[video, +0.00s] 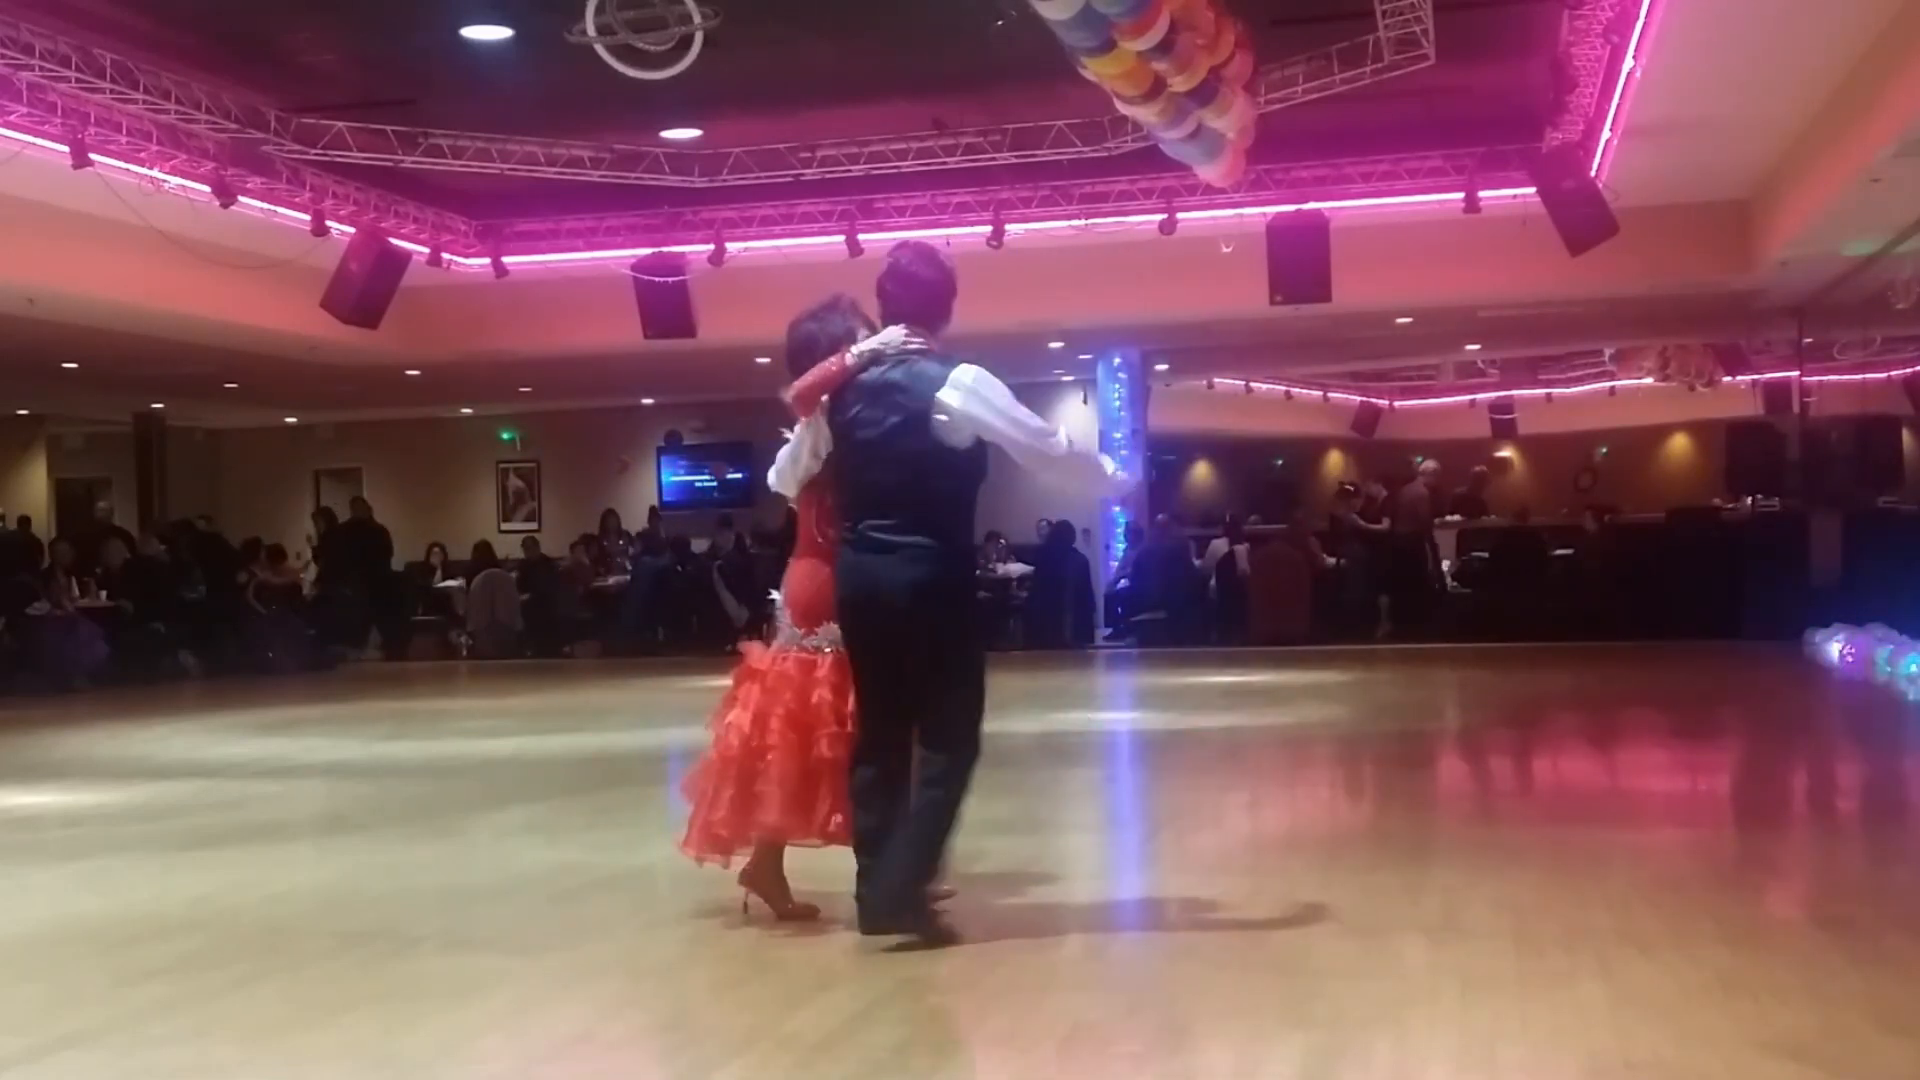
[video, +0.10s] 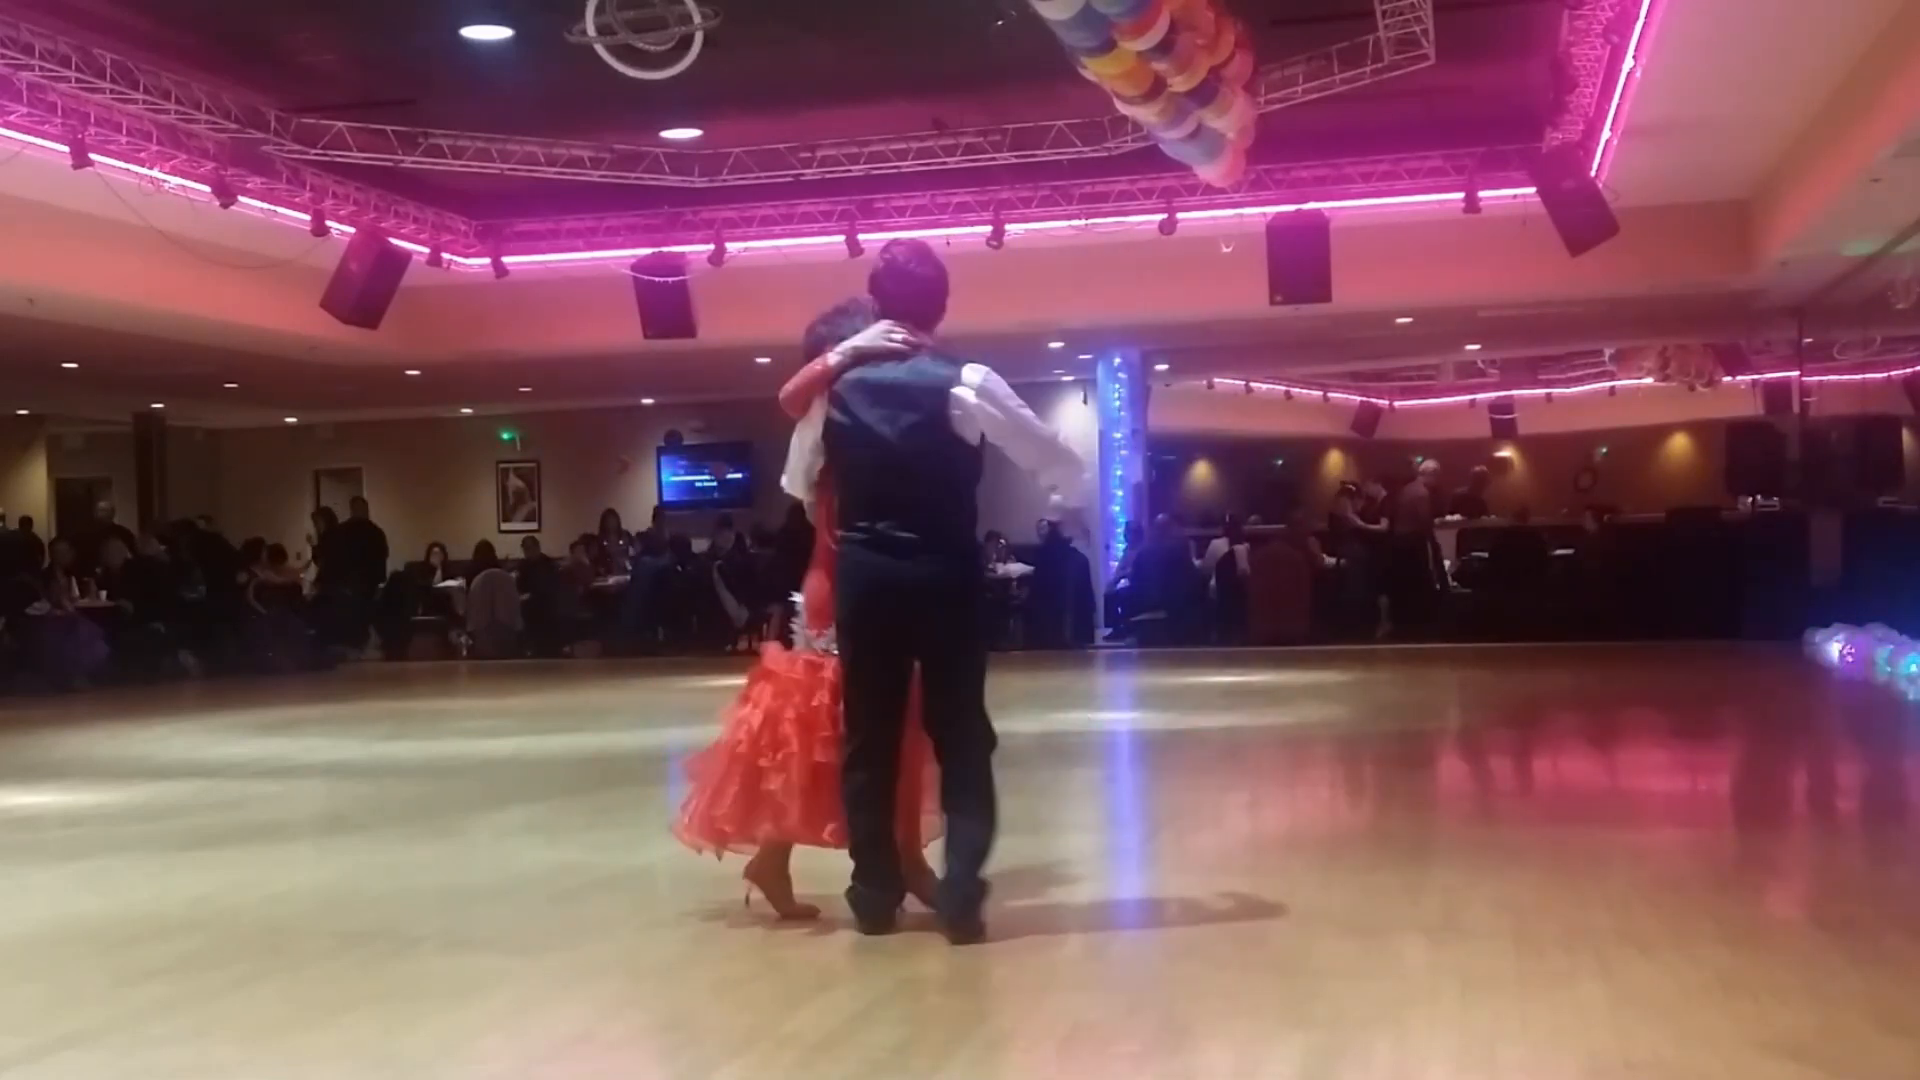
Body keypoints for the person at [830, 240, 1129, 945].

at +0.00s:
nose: (944, 316)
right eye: (946, 305)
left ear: (881, 305)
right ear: (947, 309)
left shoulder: (842, 389)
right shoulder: (962, 384)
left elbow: (785, 479)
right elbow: (1047, 446)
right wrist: (1111, 475)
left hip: (860, 571)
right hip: (932, 574)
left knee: (880, 730)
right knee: (952, 735)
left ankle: (880, 895)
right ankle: (901, 894)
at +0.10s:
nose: (930, 314)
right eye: (937, 302)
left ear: (875, 305)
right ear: (941, 308)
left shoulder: (837, 383)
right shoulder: (969, 383)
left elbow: (799, 481)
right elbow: (1052, 456)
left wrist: (844, 528)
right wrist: (1068, 500)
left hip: (866, 577)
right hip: (946, 578)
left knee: (869, 731)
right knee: (961, 728)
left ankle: (873, 897)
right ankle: (962, 895)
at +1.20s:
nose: (895, 311)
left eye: (902, 298)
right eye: (898, 297)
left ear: (930, 301)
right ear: (965, 303)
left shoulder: (929, 379)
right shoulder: (1005, 377)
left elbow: (844, 445)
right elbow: (1040, 473)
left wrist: (780, 445)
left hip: (935, 588)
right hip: (984, 580)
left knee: (909, 742)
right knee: (966, 739)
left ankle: (926, 920)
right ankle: (1026, 894)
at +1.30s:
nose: (915, 315)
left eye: (922, 302)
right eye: (917, 301)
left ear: (951, 304)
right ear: (983, 304)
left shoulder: (958, 378)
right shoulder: (1009, 375)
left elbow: (858, 435)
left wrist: (828, 407)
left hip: (951, 591)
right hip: (989, 584)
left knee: (914, 739)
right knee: (972, 740)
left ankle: (926, 918)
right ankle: (1026, 896)